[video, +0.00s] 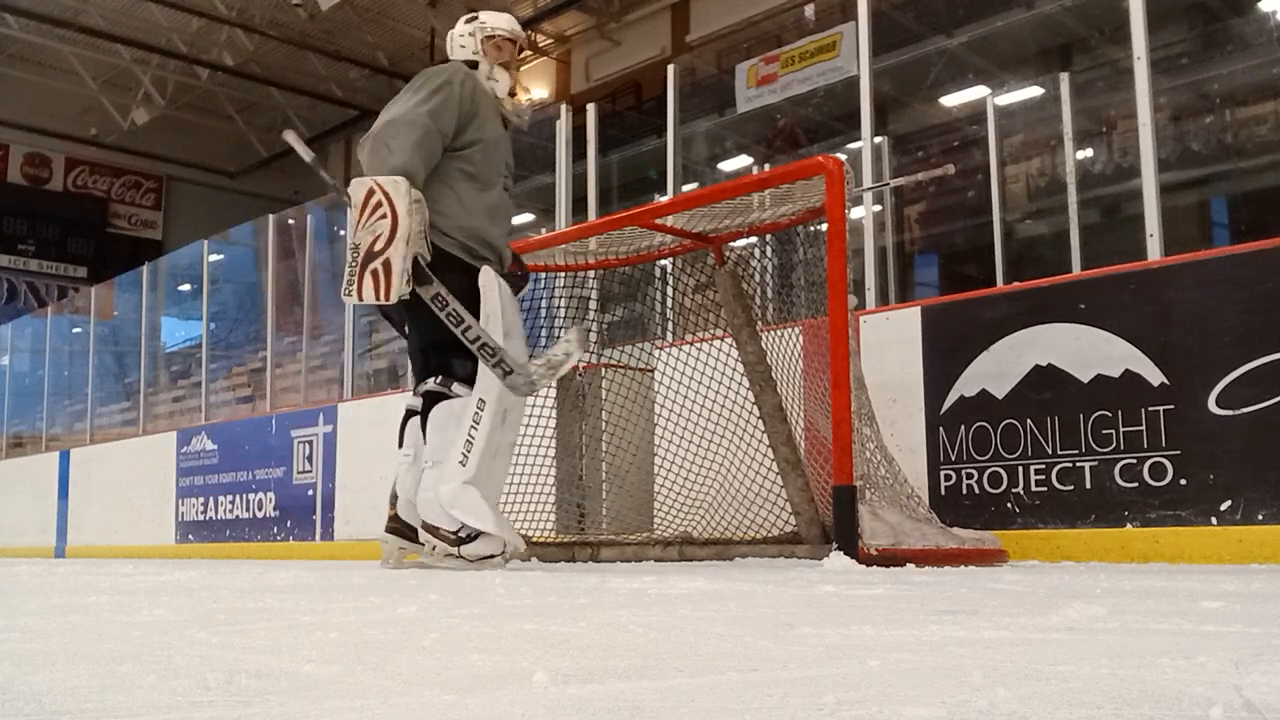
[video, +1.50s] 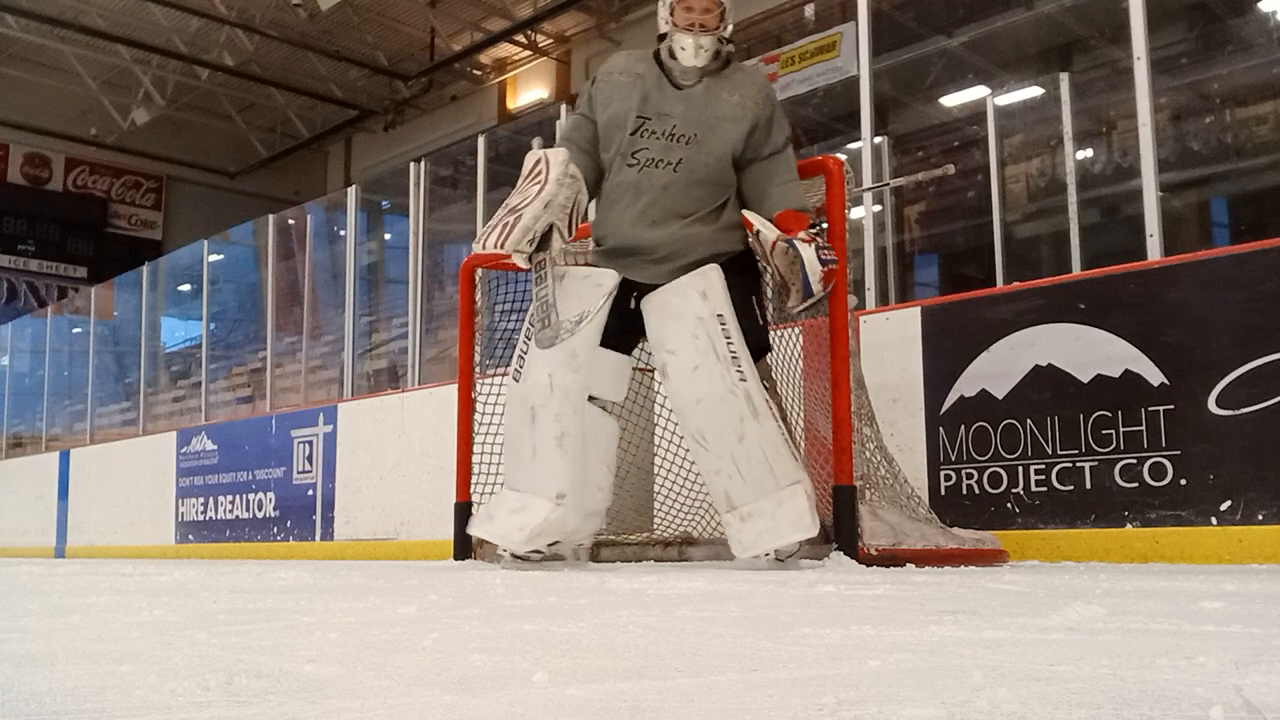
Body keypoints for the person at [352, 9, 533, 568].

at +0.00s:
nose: (509, 54)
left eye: (514, 49)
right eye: (500, 43)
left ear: (514, 57)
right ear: (471, 43)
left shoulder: (487, 111)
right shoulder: (453, 80)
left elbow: (468, 197)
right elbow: (398, 137)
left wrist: (501, 257)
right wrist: (386, 225)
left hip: (449, 261)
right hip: (445, 254)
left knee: (441, 389)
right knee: (483, 379)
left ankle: (411, 513)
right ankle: (450, 511)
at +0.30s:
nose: (523, 41)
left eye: (532, 34)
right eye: (513, 32)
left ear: (543, 43)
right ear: (493, 38)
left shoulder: (535, 109)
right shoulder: (473, 79)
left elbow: (531, 189)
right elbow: (419, 148)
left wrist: (534, 264)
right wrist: (409, 231)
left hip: (512, 268)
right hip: (462, 260)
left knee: (475, 393)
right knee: (495, 392)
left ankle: (439, 516)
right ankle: (493, 531)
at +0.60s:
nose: (540, 25)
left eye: (549, 17)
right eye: (527, 16)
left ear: (560, 28)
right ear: (506, 25)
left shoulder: (575, 113)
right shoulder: (487, 73)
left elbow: (568, 204)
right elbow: (443, 139)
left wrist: (579, 264)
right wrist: (427, 218)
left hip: (554, 269)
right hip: (487, 256)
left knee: (567, 392)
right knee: (515, 388)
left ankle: (557, 529)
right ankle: (507, 529)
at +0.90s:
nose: (559, 13)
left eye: (570, 5)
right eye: (547, 5)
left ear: (587, 16)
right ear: (528, 15)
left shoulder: (619, 101)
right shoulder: (504, 76)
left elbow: (612, 209)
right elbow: (463, 164)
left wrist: (649, 255)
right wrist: (457, 243)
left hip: (605, 273)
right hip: (521, 263)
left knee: (646, 388)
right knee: (551, 390)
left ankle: (637, 526)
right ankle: (529, 534)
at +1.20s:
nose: (626, 24)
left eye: (637, 15)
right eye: (614, 14)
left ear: (654, 21)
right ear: (594, 19)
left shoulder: (690, 95)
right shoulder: (555, 80)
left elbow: (703, 173)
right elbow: (517, 148)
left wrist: (735, 232)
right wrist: (502, 210)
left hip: (660, 275)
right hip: (565, 270)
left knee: (696, 396)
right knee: (554, 401)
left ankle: (702, 530)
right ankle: (529, 534)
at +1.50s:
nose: (694, 21)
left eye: (706, 12)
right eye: (683, 11)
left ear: (724, 22)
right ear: (666, 17)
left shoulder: (749, 92)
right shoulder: (617, 77)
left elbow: (775, 185)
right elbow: (577, 156)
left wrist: (793, 244)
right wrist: (543, 208)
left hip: (708, 267)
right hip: (614, 267)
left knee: (734, 395)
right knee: (565, 391)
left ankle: (779, 533)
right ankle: (549, 533)